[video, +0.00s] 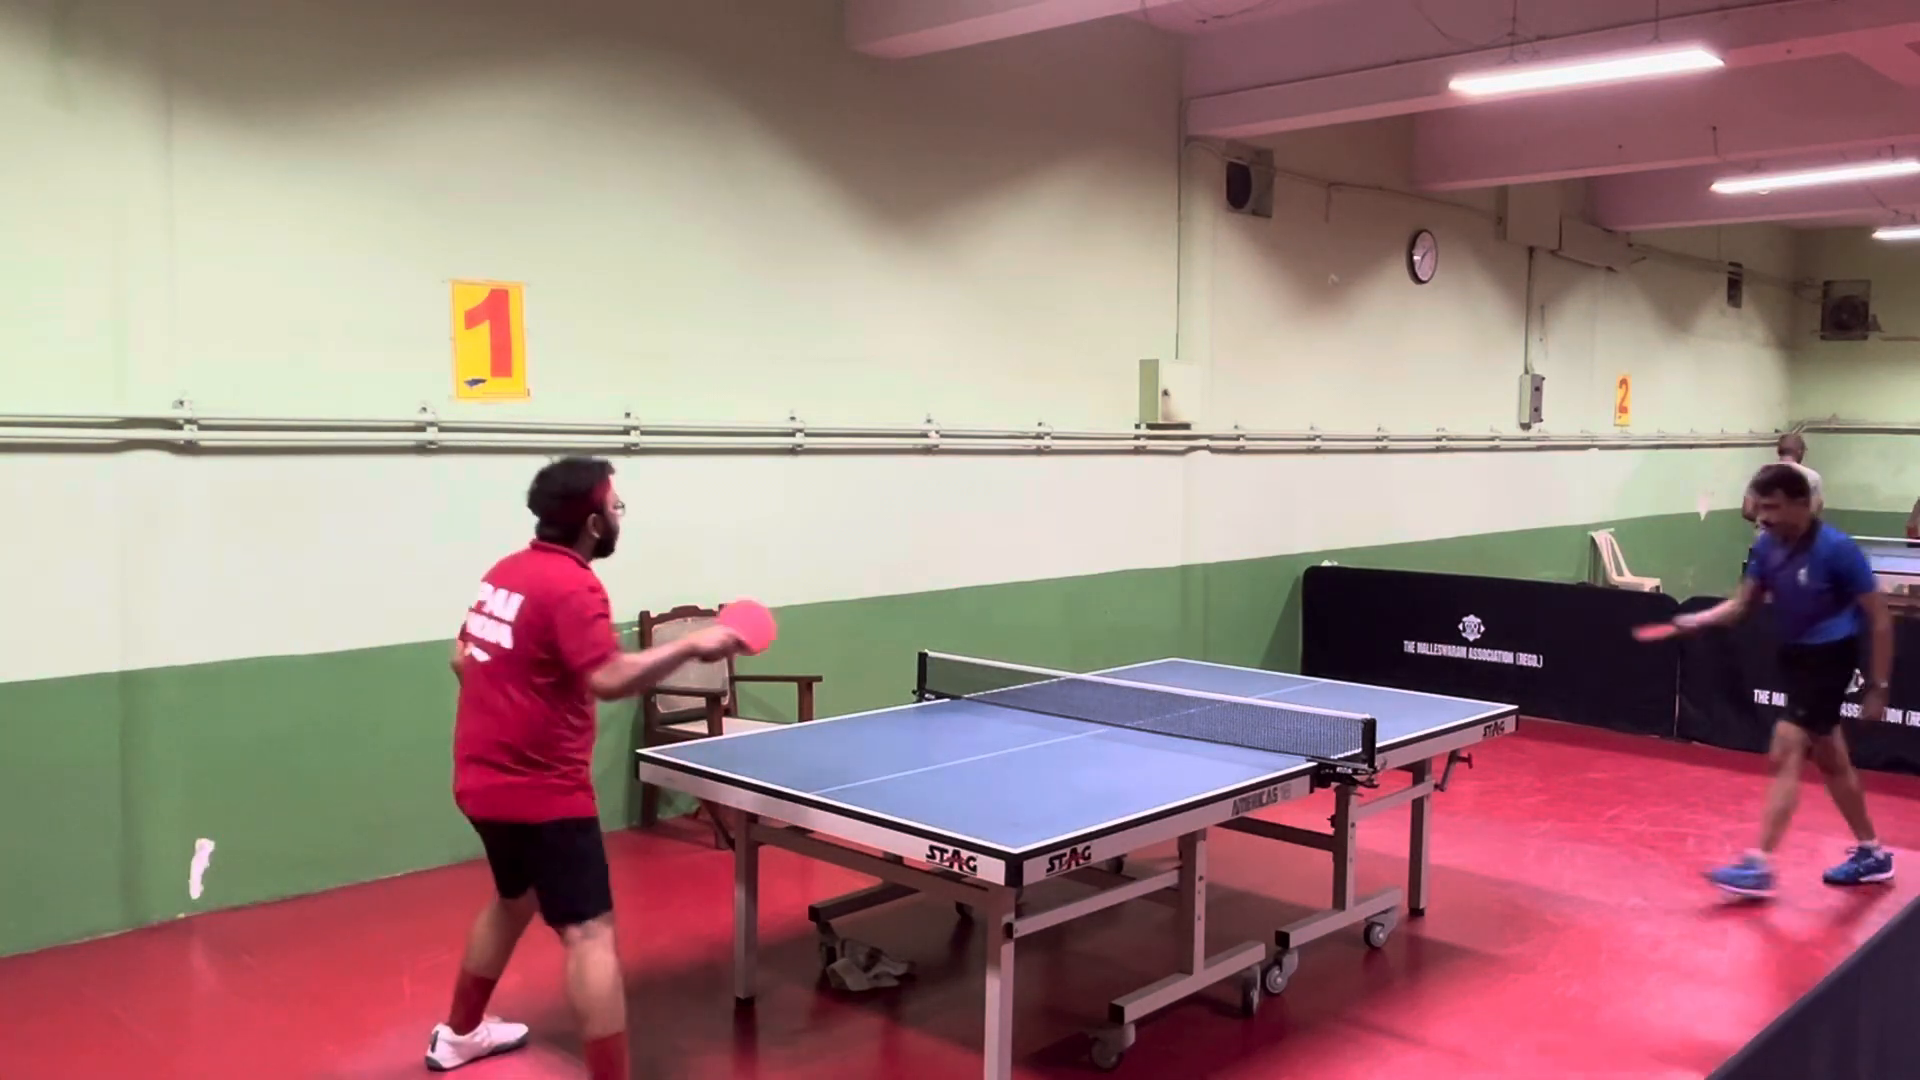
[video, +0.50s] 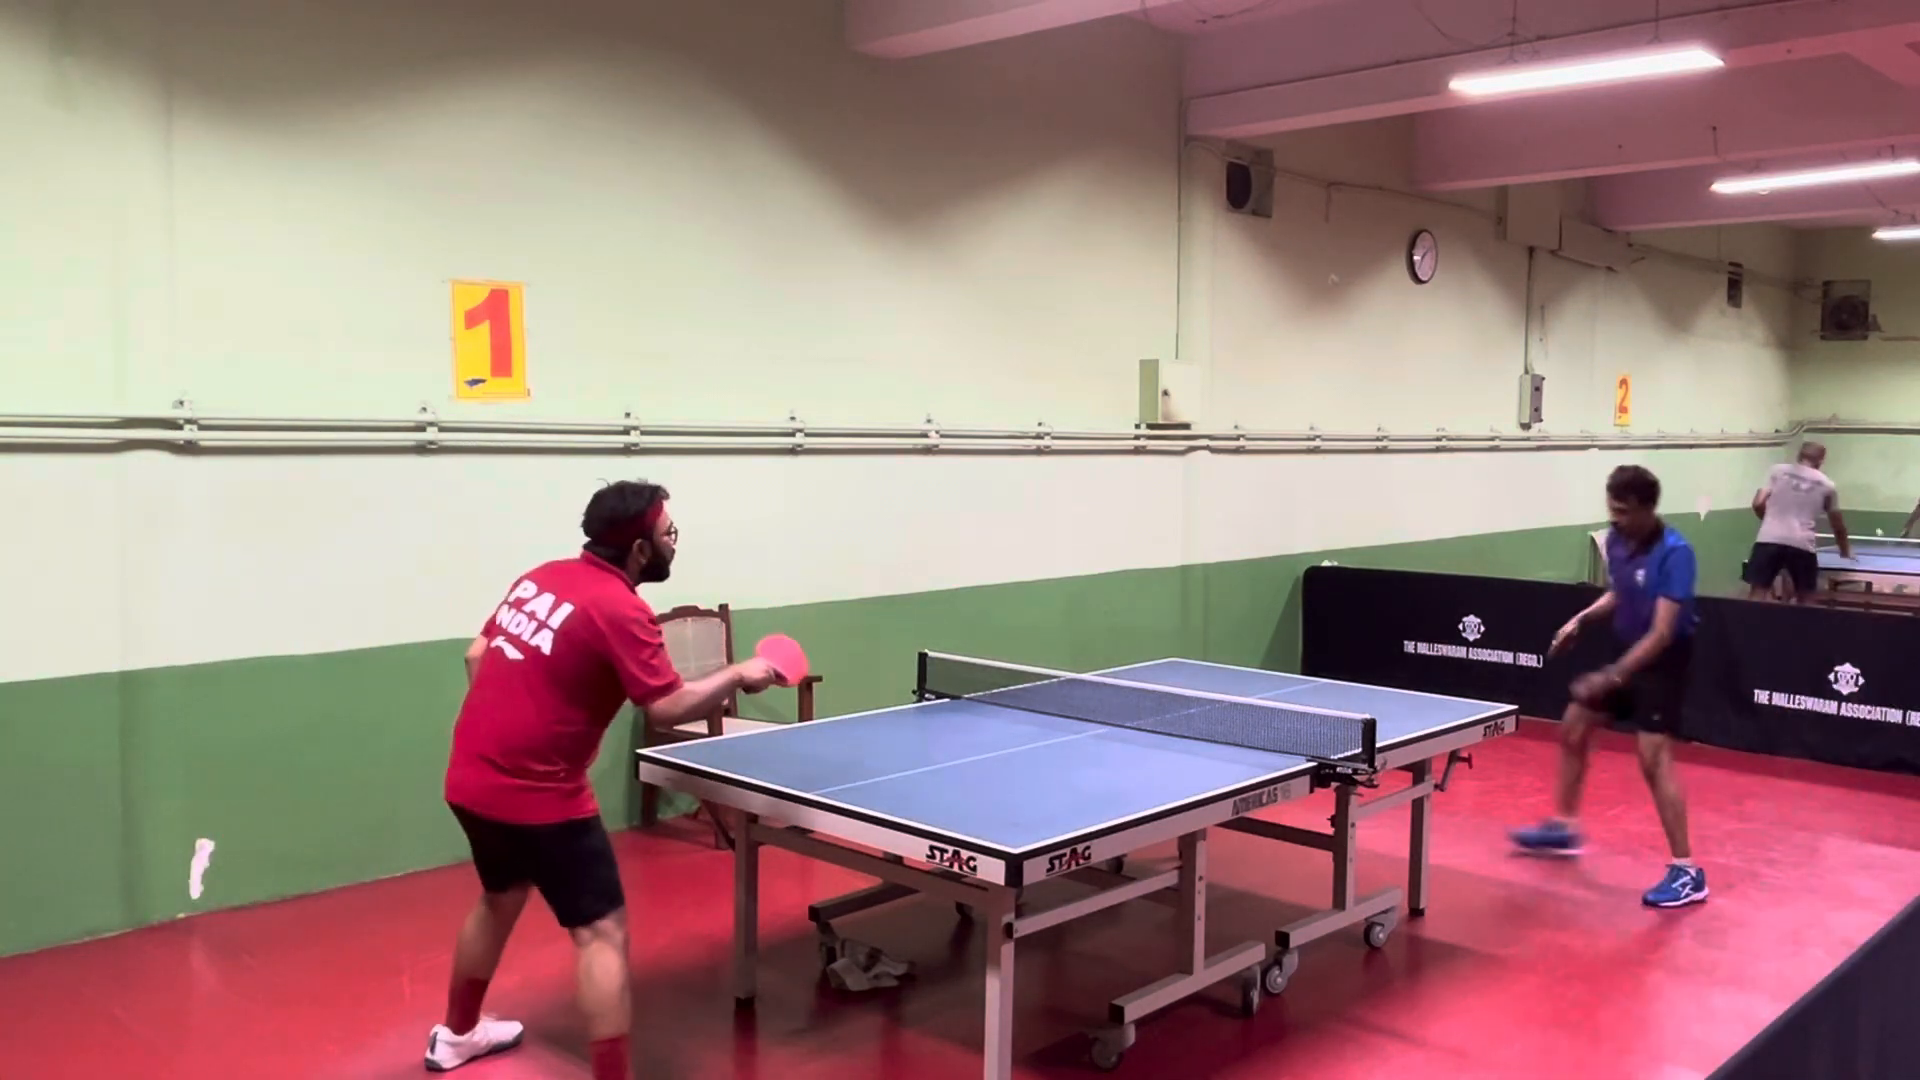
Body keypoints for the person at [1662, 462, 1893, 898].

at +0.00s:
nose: (1762, 519)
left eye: (1770, 509)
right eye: (1759, 510)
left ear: (1800, 505)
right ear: (1761, 507)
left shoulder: (1837, 550)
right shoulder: (1767, 547)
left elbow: (1879, 614)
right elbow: (1741, 603)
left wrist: (1877, 687)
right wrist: (1699, 619)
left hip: (1831, 658)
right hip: (1794, 657)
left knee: (1785, 748)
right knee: (1832, 760)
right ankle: (1871, 850)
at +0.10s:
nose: (1735, 525)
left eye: (1743, 516)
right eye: (1732, 516)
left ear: (1772, 514)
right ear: (1735, 514)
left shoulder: (1805, 561)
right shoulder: (1739, 550)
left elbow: (1841, 632)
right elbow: (1707, 608)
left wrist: (1836, 706)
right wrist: (1658, 609)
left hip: (1793, 669)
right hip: (1758, 666)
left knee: (1738, 755)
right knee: (1802, 762)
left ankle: (1700, 866)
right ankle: (1862, 844)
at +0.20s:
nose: (1704, 534)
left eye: (1712, 526)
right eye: (1701, 525)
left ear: (1740, 524)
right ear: (1705, 522)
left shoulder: (1768, 571)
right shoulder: (1707, 554)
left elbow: (1791, 647)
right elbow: (1684, 608)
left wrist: (1791, 721)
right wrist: (1632, 607)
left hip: (1747, 676)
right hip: (1716, 671)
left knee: (1687, 756)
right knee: (1730, 767)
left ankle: (1688, 872)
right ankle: (1827, 826)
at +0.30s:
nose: (1673, 530)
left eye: (1681, 522)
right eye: (1670, 520)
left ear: (1709, 520)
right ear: (1671, 514)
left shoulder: (1735, 564)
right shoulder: (1677, 549)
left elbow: (1741, 646)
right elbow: (1666, 603)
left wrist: (1735, 720)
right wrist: (1619, 613)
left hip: (1714, 668)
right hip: (1683, 664)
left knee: (1666, 752)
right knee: (1666, 759)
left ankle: (1687, 871)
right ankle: (1757, 814)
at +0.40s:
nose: (1645, 520)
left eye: (1652, 512)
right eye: (1642, 511)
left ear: (1679, 509)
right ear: (1643, 507)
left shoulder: (1704, 553)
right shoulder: (1649, 537)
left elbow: (1700, 639)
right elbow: (1649, 595)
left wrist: (1669, 700)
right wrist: (1603, 614)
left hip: (1695, 656)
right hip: (1658, 651)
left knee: (1662, 752)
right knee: (1608, 733)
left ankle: (1686, 868)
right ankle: (1663, 818)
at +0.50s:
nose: (1614, 519)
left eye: (1621, 512)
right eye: (1611, 510)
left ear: (1648, 509)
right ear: (1613, 507)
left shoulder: (1675, 553)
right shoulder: (1617, 542)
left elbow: (1663, 632)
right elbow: (1621, 594)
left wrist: (1611, 675)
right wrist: (1578, 621)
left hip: (1666, 655)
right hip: (1625, 649)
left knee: (1653, 757)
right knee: (1574, 727)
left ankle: (1686, 869)